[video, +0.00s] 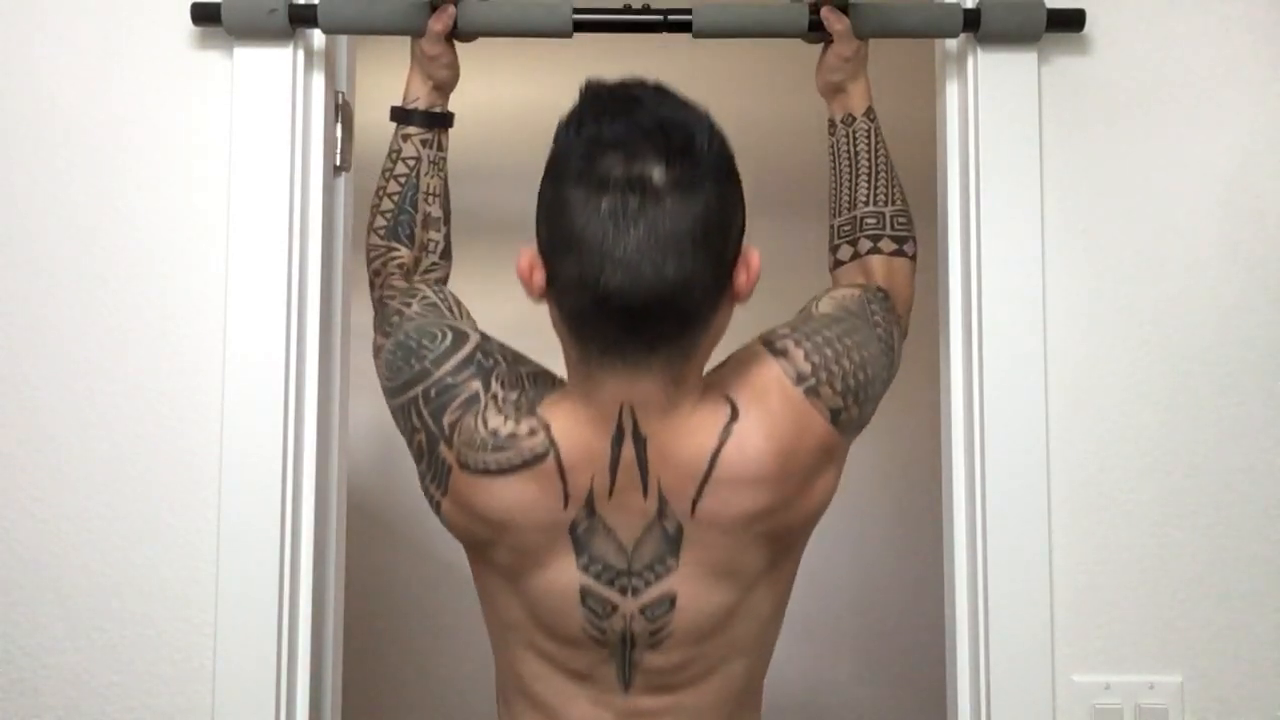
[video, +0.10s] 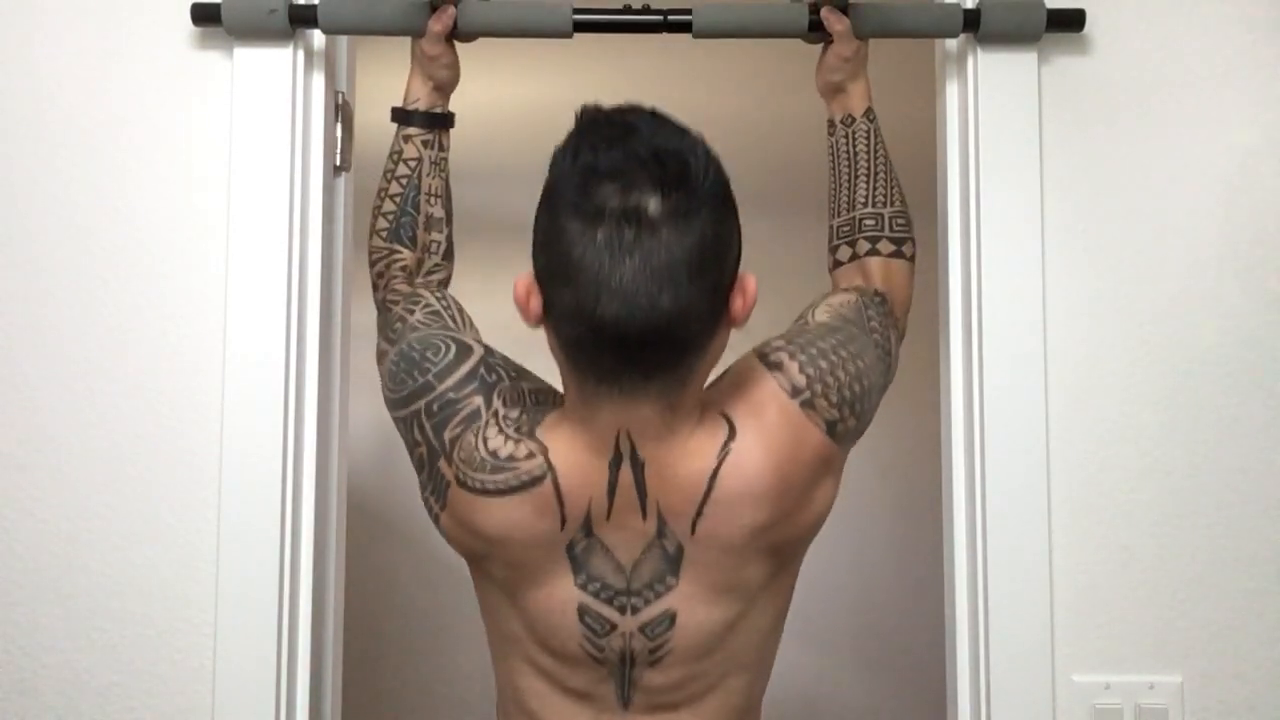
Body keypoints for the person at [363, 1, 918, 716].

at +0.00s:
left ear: (534, 277)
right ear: (743, 279)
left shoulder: (491, 451)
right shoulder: (783, 435)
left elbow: (402, 275)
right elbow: (877, 275)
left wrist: (425, 92)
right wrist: (850, 96)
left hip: (533, 712)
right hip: (726, 712)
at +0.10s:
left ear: (530, 303)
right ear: (739, 303)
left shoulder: (494, 473)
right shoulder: (775, 453)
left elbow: (404, 281)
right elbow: (875, 284)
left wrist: (426, 91)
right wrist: (849, 96)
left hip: (534, 713)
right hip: (724, 713)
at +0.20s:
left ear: (530, 315)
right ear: (739, 317)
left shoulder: (495, 479)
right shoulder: (775, 460)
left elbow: (404, 281)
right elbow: (873, 285)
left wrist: (426, 90)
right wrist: (849, 96)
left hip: (532, 713)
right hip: (722, 713)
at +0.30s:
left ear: (532, 300)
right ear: (742, 301)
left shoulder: (490, 461)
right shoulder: (779, 443)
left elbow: (400, 280)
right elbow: (873, 285)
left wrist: (426, 91)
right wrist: (849, 98)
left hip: (528, 711)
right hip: (719, 712)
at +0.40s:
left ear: (536, 244)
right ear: (748, 250)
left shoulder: (482, 418)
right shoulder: (784, 403)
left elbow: (390, 265)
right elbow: (881, 269)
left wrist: (424, 94)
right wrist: (849, 98)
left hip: (526, 710)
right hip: (716, 710)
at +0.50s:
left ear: (539, 170)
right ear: (753, 171)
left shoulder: (475, 356)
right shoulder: (795, 343)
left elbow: (379, 261)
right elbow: (892, 263)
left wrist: (423, 89)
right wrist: (850, 96)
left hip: (530, 708)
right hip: (711, 707)